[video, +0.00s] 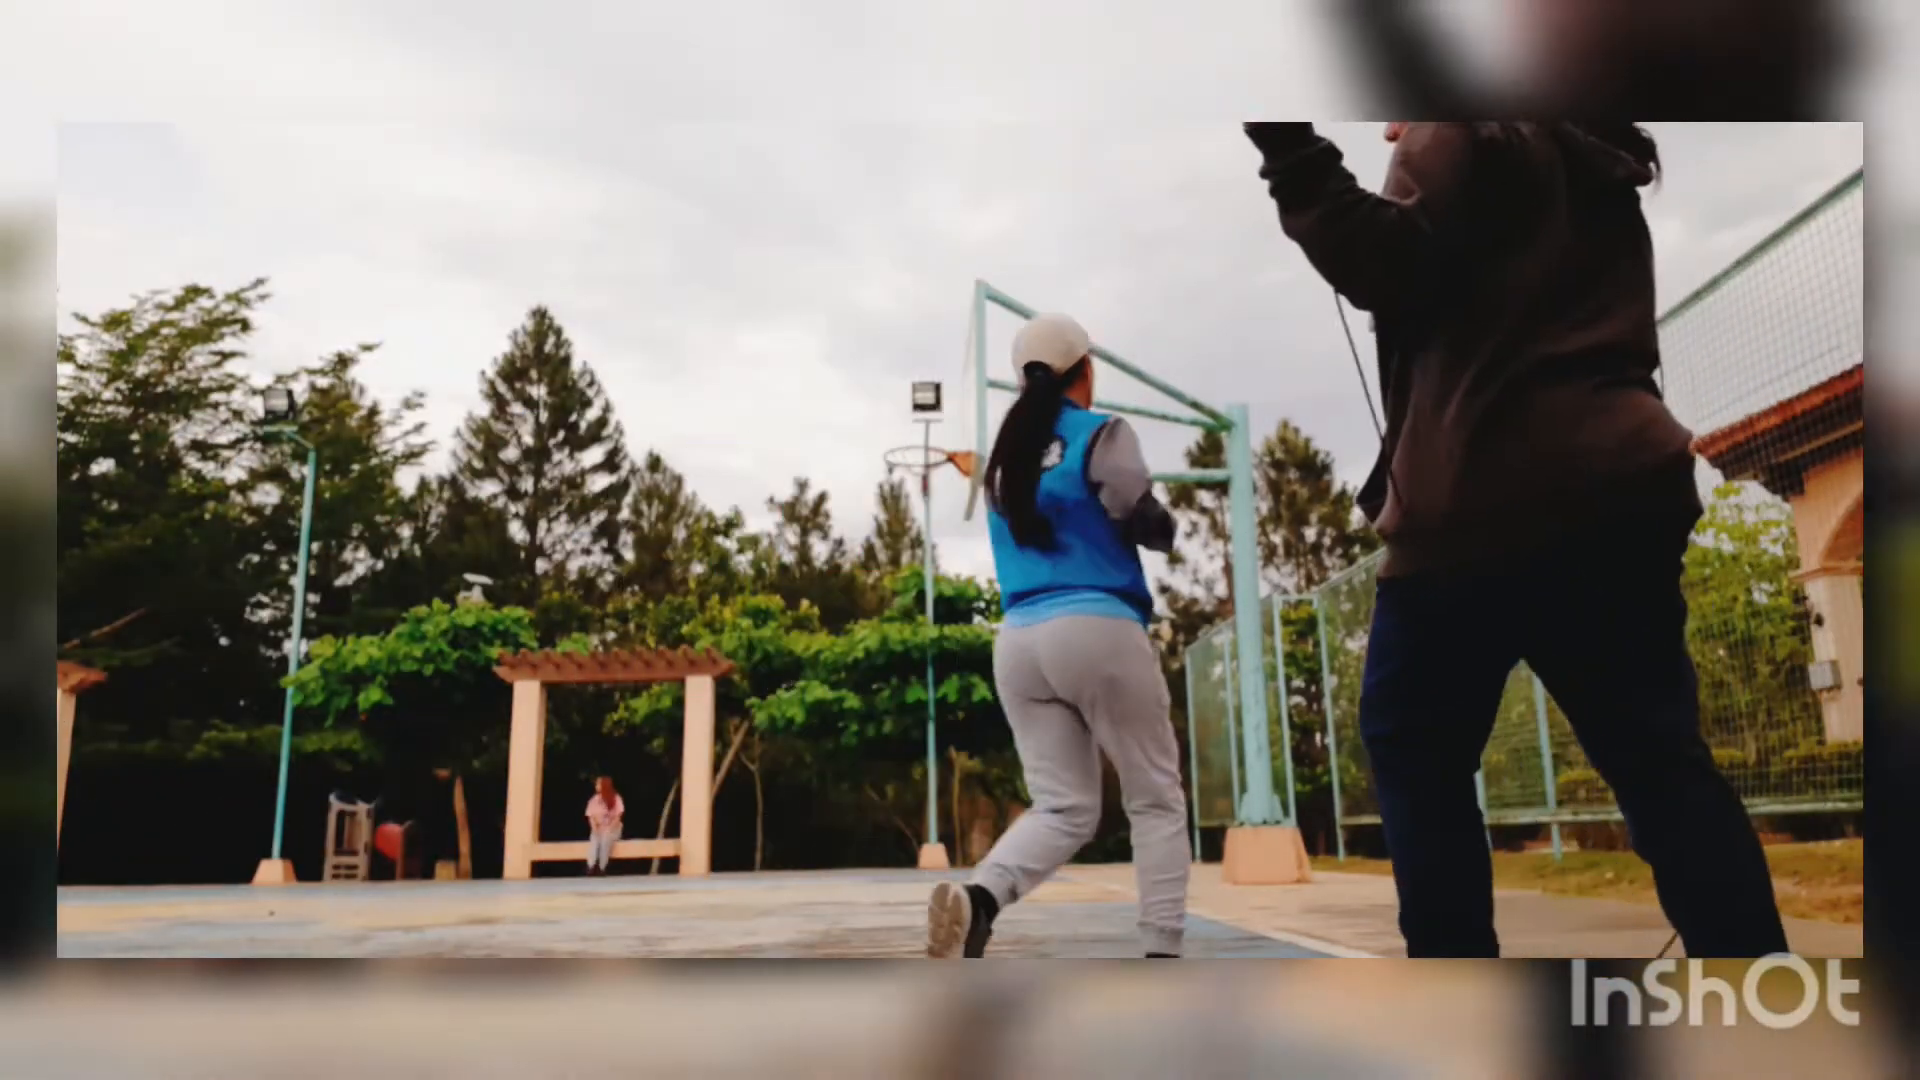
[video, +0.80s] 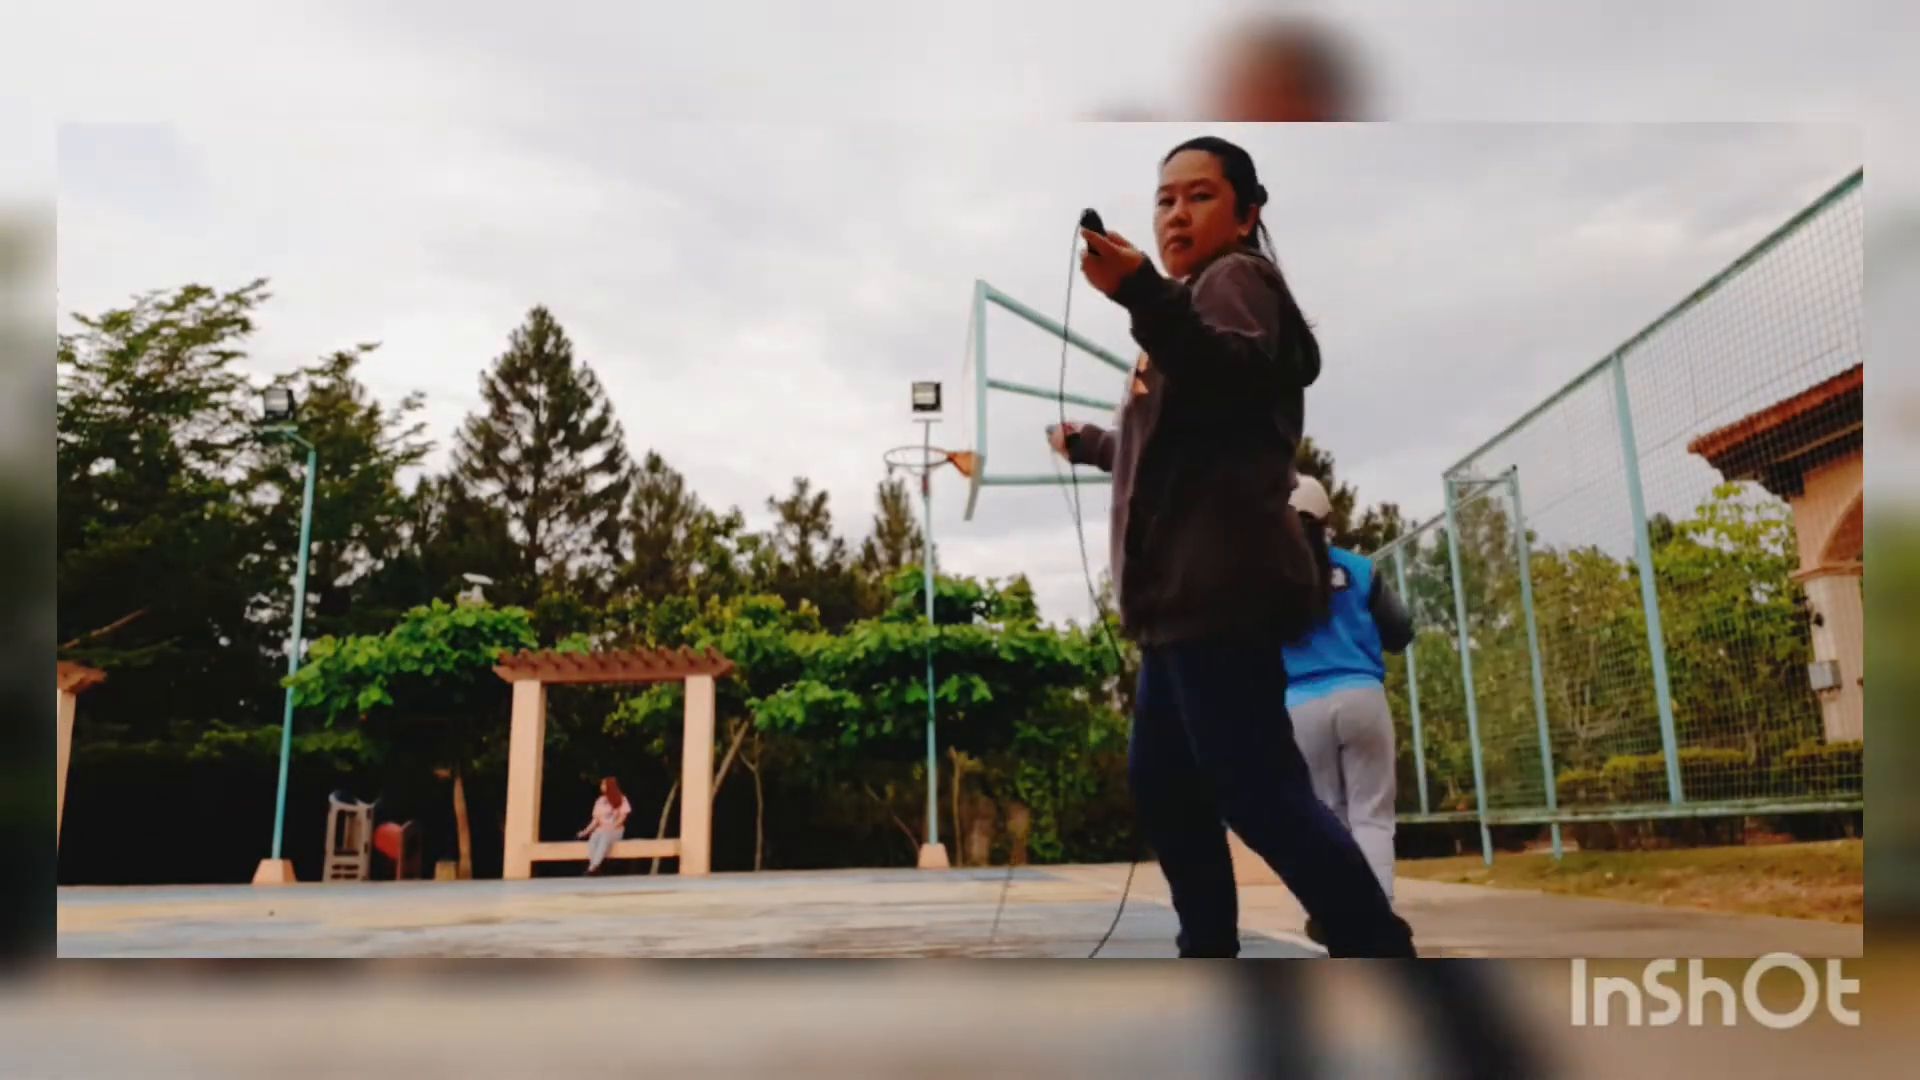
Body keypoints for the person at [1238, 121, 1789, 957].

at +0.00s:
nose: (1394, 103)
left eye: (1403, 82)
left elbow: (1393, 268)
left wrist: (1290, 146)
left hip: (1470, 506)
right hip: (1622, 485)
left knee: (1415, 748)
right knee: (1660, 758)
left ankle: (1455, 992)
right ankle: (1758, 991)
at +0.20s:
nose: (1330, 143)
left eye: (1342, 120)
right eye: (1328, 125)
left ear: (1398, 113)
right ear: (1430, 118)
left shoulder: (1383, 188)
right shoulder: (1492, 197)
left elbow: (1323, 315)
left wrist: (1229, 193)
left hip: (1380, 540)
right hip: (1519, 519)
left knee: (1374, 804)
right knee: (1551, 766)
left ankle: (1417, 1004)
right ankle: (1699, 966)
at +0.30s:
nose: (1296, 138)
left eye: (1317, 116)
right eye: (1292, 125)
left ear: (1380, 123)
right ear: (1393, 137)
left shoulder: (1348, 202)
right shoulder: (1437, 217)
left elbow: (1289, 332)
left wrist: (1191, 229)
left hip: (1343, 531)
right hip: (1453, 519)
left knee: (1350, 796)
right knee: (1430, 766)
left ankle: (1415, 1001)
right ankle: (1600, 928)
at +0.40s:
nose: (1272, 145)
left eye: (1294, 125)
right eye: (1268, 130)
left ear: (1357, 130)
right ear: (1367, 144)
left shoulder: (1327, 210)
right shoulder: (1400, 221)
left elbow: (1267, 335)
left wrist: (1167, 240)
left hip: (1329, 533)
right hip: (1415, 526)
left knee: (1327, 771)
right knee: (1355, 756)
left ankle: (1410, 976)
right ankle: (1512, 933)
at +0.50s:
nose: (1250, 156)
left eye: (1273, 135)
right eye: (1245, 143)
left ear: (1334, 148)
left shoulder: (1311, 219)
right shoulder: (1359, 226)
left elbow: (1254, 334)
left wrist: (1148, 239)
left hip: (1309, 536)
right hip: (1366, 528)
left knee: (1314, 757)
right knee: (1287, 746)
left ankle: (1411, 961)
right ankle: (1391, 938)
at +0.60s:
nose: (1233, 166)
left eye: (1255, 147)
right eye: (1223, 154)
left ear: (1309, 164)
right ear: (1212, 169)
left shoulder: (1290, 232)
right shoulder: (1294, 237)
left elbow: (1245, 340)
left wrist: (1141, 244)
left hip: (1297, 552)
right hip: (1287, 553)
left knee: (1321, 772)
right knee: (1256, 771)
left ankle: (1413, 974)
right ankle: (1294, 970)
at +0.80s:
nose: (1176, 213)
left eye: (1198, 196)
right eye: (1165, 200)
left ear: (1246, 214)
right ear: (1154, 215)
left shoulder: (1237, 279)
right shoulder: (1194, 300)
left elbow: (1231, 377)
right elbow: (1178, 443)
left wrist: (1142, 290)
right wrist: (1094, 444)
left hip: (1224, 584)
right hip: (1175, 589)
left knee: (1255, 786)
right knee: (1166, 785)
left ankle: (1386, 956)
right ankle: (1210, 961)